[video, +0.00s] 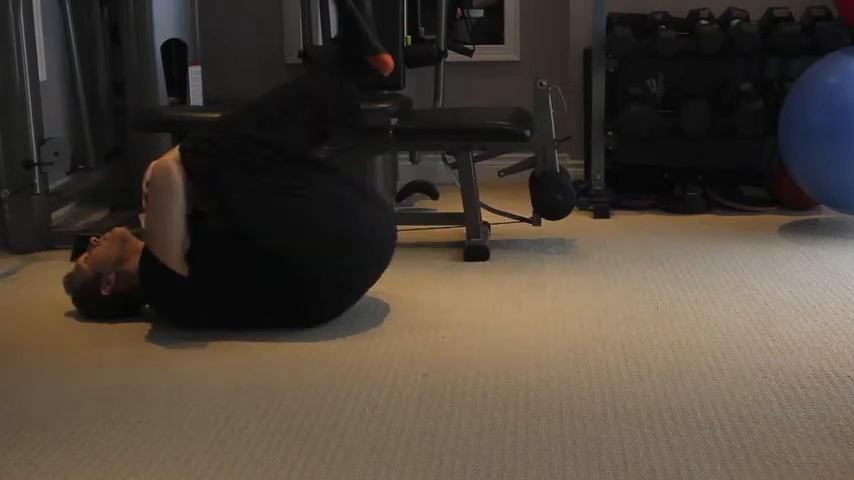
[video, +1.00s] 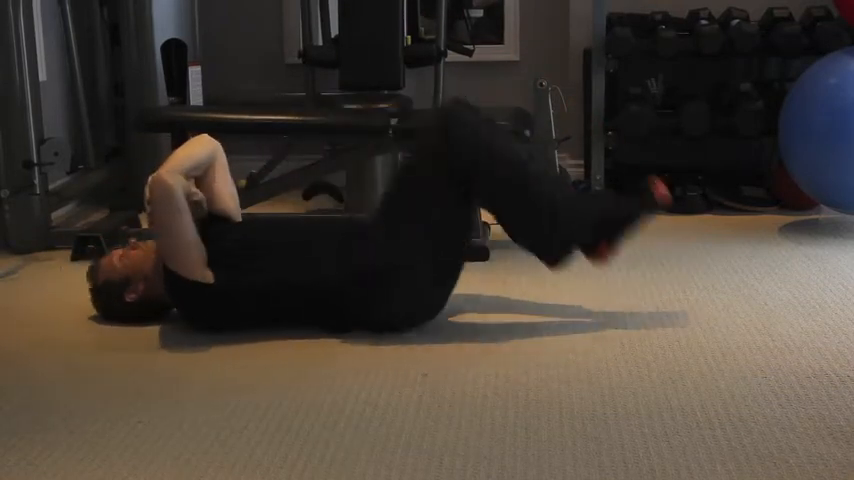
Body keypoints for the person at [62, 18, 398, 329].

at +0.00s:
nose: (101, 235)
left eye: (88, 242)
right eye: (89, 248)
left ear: (115, 283)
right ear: (110, 283)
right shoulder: (167, 292)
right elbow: (164, 171)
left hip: (366, 240)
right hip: (339, 249)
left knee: (223, 156)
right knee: (202, 153)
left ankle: (345, 72)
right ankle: (340, 75)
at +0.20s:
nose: (113, 235)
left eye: (97, 240)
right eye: (98, 249)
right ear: (112, 288)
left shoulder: (191, 257)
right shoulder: (165, 287)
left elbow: (220, 153)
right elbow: (167, 172)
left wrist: (172, 201)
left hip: (369, 258)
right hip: (339, 276)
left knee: (265, 129)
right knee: (259, 132)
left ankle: (422, 101)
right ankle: (423, 104)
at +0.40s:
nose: (113, 250)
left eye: (105, 249)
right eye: (103, 260)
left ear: (127, 258)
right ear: (115, 292)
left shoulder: (195, 249)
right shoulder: (166, 296)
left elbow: (202, 150)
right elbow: (142, 175)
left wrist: (150, 227)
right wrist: (169, 217)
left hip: (379, 269)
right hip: (365, 291)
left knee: (397, 121)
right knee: (388, 120)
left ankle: (543, 192)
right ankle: (544, 195)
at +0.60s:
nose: (145, 255)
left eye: (138, 254)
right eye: (135, 265)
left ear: (154, 263)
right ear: (147, 295)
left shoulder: (218, 250)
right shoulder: (195, 292)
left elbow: (203, 151)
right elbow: (163, 174)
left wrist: (162, 188)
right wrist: (175, 211)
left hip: (401, 254)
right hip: (396, 285)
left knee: (501, 139)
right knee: (497, 147)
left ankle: (588, 276)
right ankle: (602, 279)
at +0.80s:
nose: (153, 256)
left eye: (145, 255)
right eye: (143, 266)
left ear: (162, 261)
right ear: (155, 296)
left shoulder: (226, 253)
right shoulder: (207, 293)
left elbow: (216, 152)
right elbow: (181, 174)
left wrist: (186, 215)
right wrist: (197, 233)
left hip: (408, 258)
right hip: (402, 288)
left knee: (512, 140)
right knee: (512, 154)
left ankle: (604, 278)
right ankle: (616, 282)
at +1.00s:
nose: (129, 250)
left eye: (118, 252)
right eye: (119, 265)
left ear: (148, 266)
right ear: (138, 295)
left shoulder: (216, 254)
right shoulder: (197, 291)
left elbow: (210, 150)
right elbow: (168, 178)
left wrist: (188, 226)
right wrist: (181, 194)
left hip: (397, 264)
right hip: (387, 287)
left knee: (463, 128)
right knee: (455, 129)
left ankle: (578, 224)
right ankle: (576, 227)